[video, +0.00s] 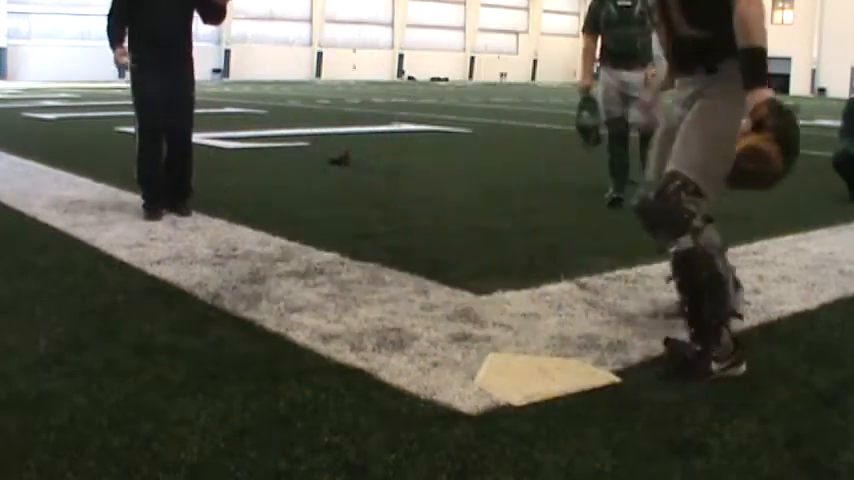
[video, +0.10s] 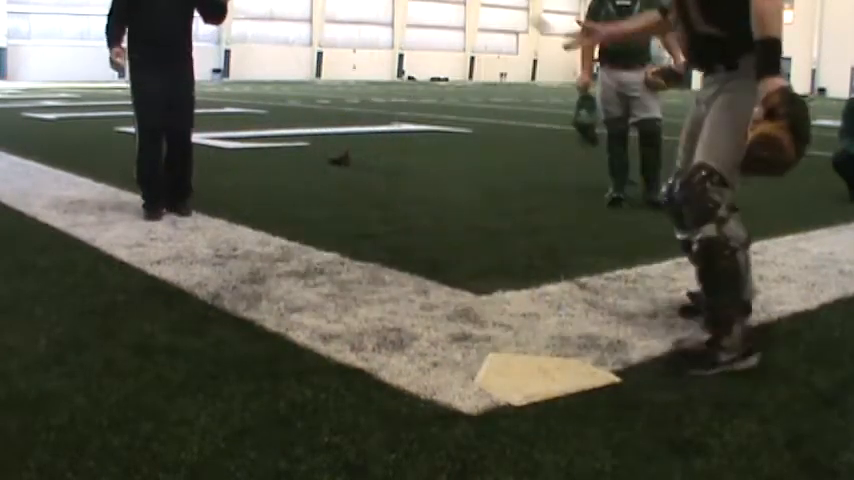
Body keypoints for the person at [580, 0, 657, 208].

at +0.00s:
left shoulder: (649, 6)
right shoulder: (600, 6)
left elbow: (663, 34)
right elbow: (590, 40)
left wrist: (663, 67)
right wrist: (587, 76)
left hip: (642, 74)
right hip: (610, 73)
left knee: (647, 129)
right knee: (616, 131)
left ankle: (649, 179)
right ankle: (617, 187)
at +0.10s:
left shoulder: (652, 4)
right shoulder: (600, 5)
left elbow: (665, 28)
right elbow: (588, 36)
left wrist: (678, 58)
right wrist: (586, 73)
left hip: (642, 73)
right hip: (610, 73)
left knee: (651, 129)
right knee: (616, 132)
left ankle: (652, 190)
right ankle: (617, 187)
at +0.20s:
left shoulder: (648, 5)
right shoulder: (600, 4)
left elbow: (663, 28)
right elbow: (587, 36)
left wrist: (677, 58)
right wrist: (584, 67)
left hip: (639, 72)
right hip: (608, 72)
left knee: (646, 131)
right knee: (614, 132)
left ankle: (646, 190)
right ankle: (617, 188)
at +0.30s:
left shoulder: (650, 4)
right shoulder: (599, 5)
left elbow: (665, 31)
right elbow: (586, 34)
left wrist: (673, 62)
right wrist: (578, 61)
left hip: (639, 76)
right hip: (608, 75)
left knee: (639, 135)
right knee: (612, 134)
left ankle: (639, 190)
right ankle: (617, 188)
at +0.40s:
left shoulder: (648, 5)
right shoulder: (599, 5)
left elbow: (664, 34)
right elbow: (585, 35)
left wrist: (667, 69)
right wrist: (571, 53)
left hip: (637, 77)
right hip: (606, 77)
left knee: (635, 135)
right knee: (601, 131)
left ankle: (639, 183)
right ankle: (613, 188)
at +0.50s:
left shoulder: (645, 7)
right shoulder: (598, 6)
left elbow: (661, 44)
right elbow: (583, 39)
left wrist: (657, 83)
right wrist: (565, 53)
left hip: (635, 81)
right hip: (602, 80)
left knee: (634, 139)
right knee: (586, 130)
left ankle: (638, 187)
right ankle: (604, 183)